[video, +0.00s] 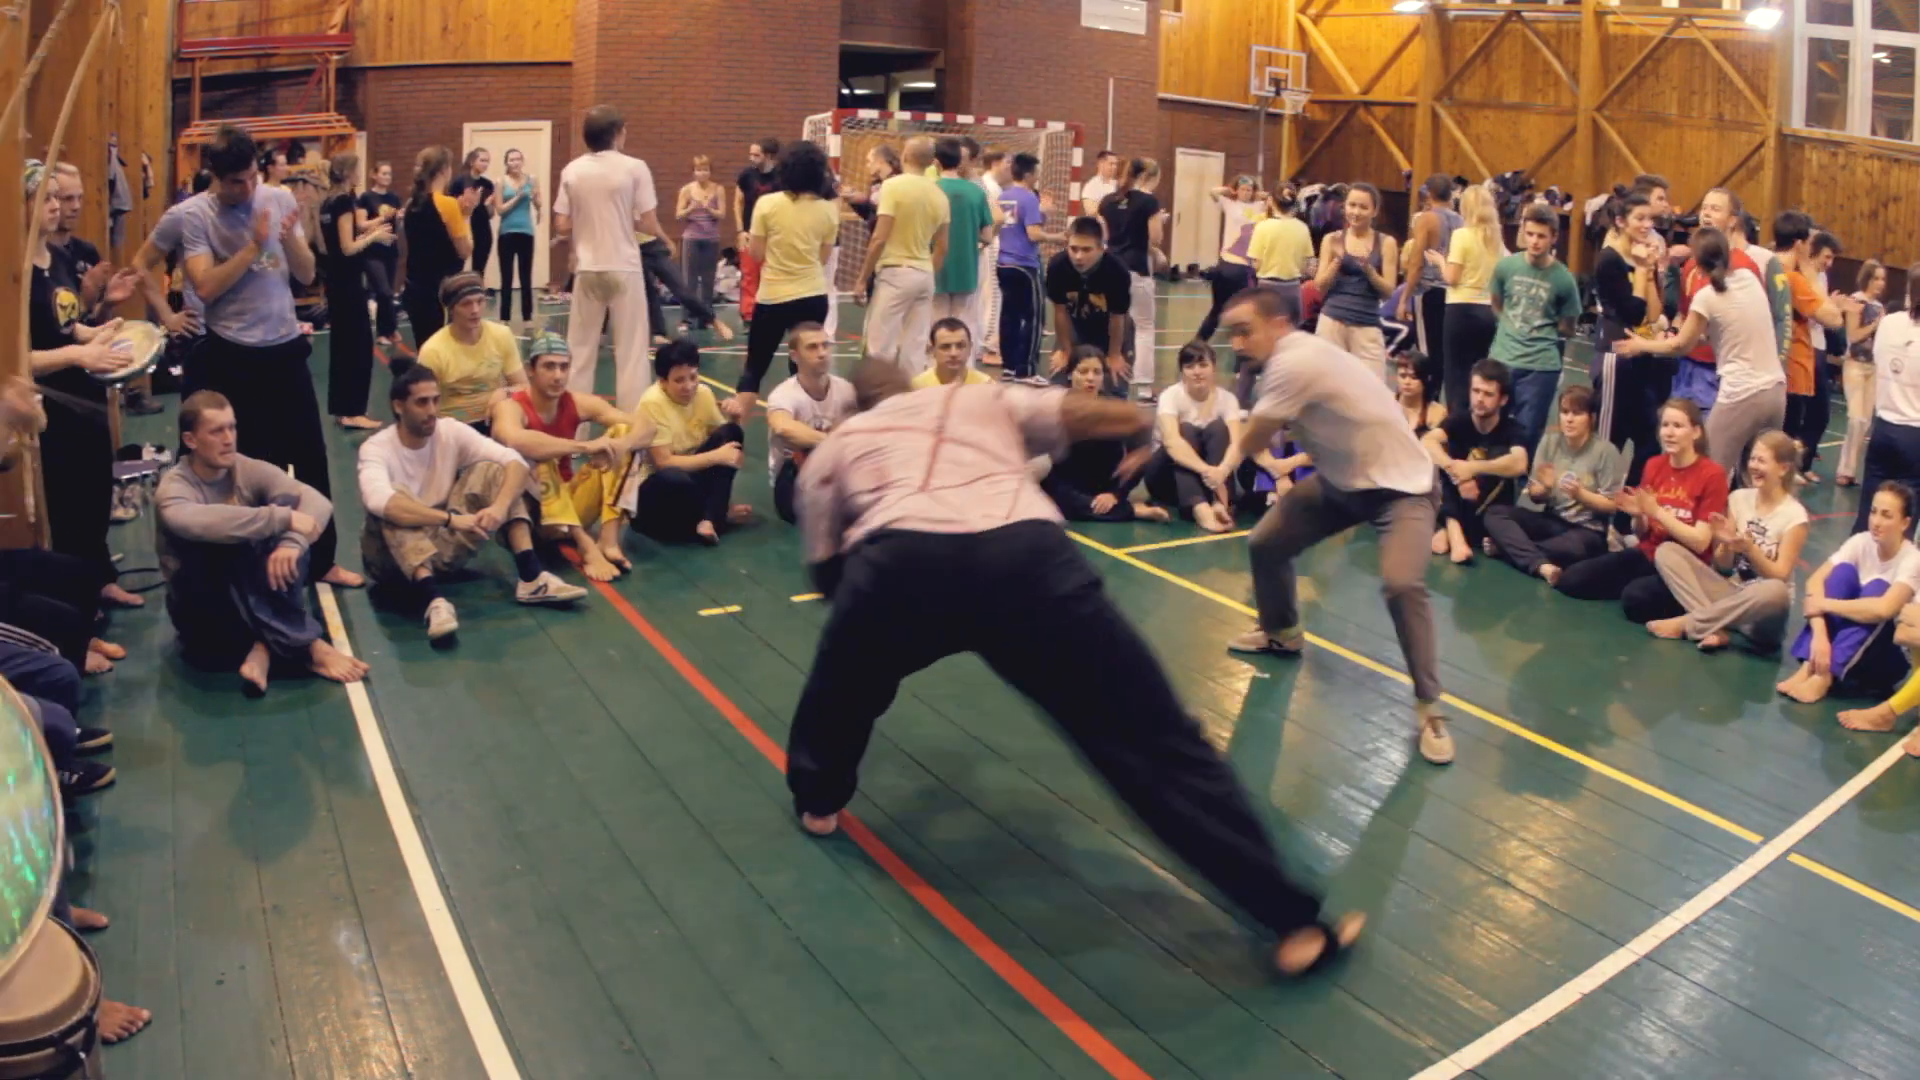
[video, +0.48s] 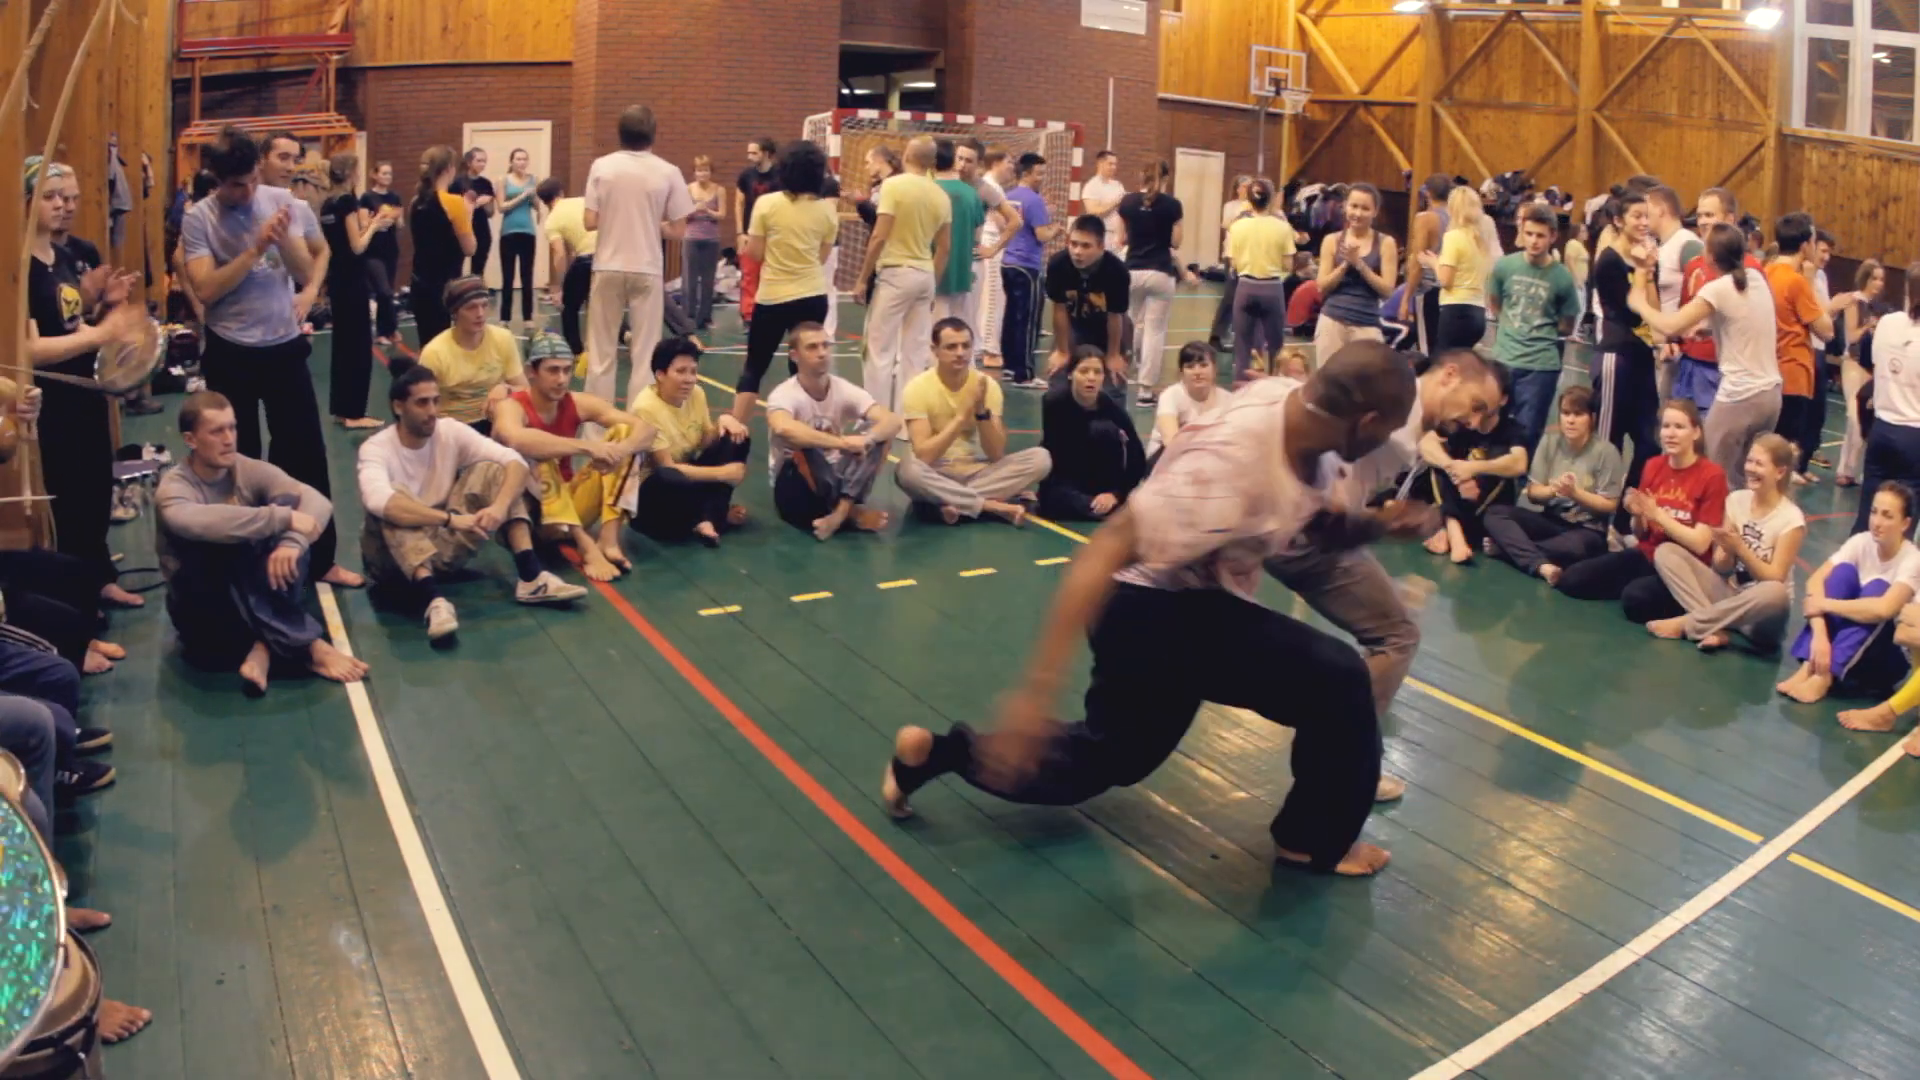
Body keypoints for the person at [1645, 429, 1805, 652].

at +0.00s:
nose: (1753, 466)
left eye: (1761, 460)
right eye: (1752, 459)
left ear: (1783, 468)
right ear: (1747, 462)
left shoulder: (1795, 515)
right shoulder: (1738, 498)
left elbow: (1780, 574)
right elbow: (1722, 563)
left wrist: (1748, 549)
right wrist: (1725, 543)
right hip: (1729, 591)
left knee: (1775, 590)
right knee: (1667, 551)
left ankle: (1685, 624)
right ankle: (1711, 629)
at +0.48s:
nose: (1750, 469)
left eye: (1759, 464)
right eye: (1749, 461)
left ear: (1780, 472)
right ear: (1744, 463)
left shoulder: (1792, 519)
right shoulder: (1735, 500)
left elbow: (1775, 577)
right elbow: (1721, 566)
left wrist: (1739, 547)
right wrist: (1728, 549)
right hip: (1727, 595)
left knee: (1774, 592)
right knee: (1666, 552)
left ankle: (1685, 624)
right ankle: (1711, 630)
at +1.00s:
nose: (1753, 470)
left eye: (1763, 465)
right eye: (1752, 463)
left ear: (1783, 476)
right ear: (1746, 466)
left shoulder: (1794, 523)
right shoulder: (1734, 502)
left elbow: (1780, 582)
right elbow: (1717, 567)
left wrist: (1750, 560)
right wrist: (1724, 556)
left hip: (1760, 605)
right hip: (1725, 593)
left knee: (1776, 595)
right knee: (1666, 552)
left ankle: (1685, 624)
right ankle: (1711, 629)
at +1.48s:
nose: (1754, 471)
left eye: (1764, 467)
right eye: (1752, 463)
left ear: (1783, 477)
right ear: (1748, 464)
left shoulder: (1791, 521)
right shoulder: (1733, 501)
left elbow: (1774, 579)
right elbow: (1719, 567)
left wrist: (1738, 550)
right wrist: (1728, 551)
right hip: (1727, 594)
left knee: (1775, 594)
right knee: (1666, 552)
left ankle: (1685, 625)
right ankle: (1712, 629)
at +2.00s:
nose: (1753, 473)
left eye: (1762, 467)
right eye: (1751, 465)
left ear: (1783, 475)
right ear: (1745, 466)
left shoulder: (1793, 520)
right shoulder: (1734, 501)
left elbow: (1778, 579)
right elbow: (1719, 568)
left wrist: (1745, 554)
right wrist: (1727, 551)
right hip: (1727, 596)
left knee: (1775, 594)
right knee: (1665, 552)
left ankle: (1684, 624)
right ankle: (1712, 629)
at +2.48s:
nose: (1758, 471)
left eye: (1767, 465)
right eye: (1755, 463)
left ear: (1785, 473)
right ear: (1748, 466)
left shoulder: (1794, 521)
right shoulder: (1734, 502)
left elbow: (1777, 576)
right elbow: (1721, 546)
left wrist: (1742, 547)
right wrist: (1722, 536)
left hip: (1765, 589)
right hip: (1728, 582)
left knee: (1773, 591)